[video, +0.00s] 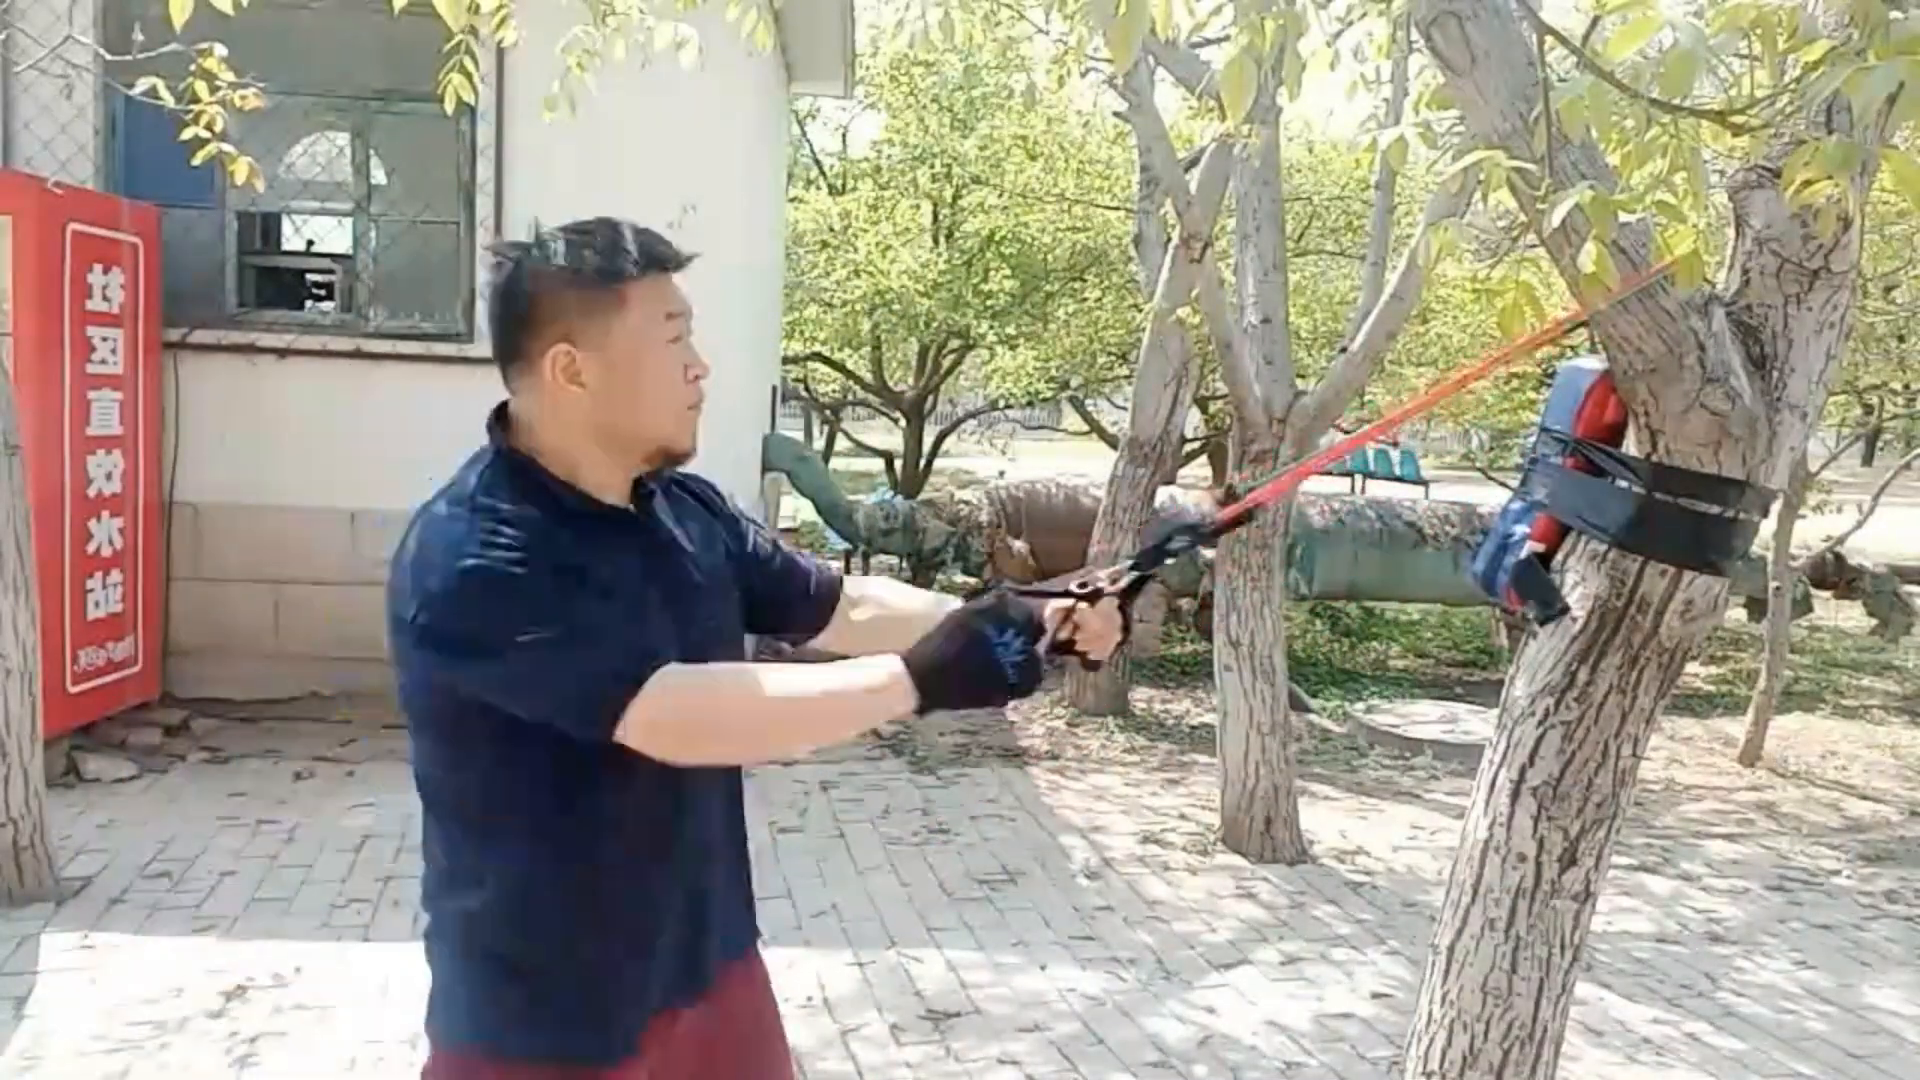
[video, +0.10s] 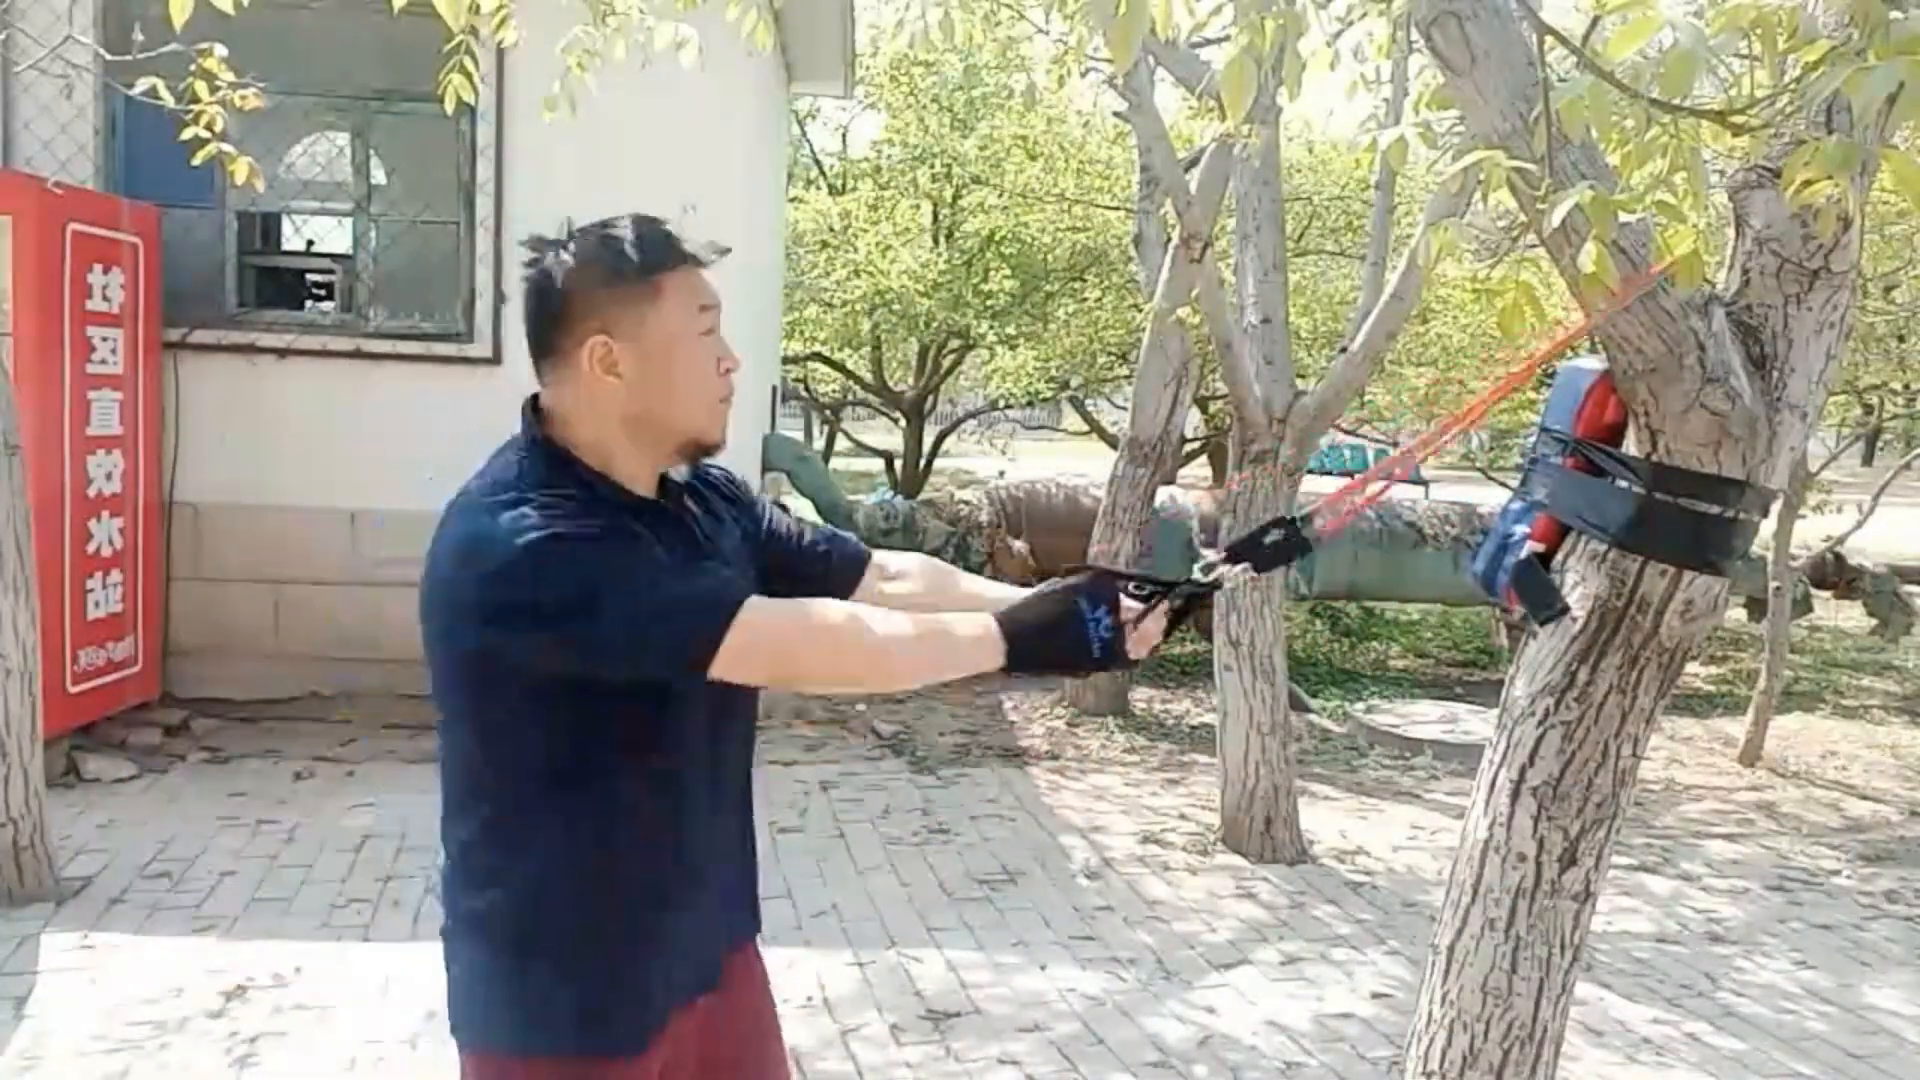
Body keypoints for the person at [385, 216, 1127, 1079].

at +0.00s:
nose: (701, 364)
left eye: (690, 333)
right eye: (675, 336)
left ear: (579, 376)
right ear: (570, 372)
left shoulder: (678, 506)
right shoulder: (468, 562)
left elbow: (831, 603)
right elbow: (671, 715)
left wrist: (1023, 622)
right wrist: (916, 681)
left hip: (712, 990)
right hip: (543, 1031)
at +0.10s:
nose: (731, 359)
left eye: (720, 328)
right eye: (705, 331)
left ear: (614, 365)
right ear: (607, 363)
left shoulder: (705, 503)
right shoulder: (522, 551)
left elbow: (876, 579)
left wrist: (1054, 608)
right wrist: (1021, 636)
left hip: (719, 980)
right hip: (566, 1028)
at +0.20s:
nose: (783, 348)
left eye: (771, 321)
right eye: (760, 321)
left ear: (677, 352)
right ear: (671, 347)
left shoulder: (728, 493)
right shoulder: (581, 533)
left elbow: (884, 593)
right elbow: (837, 654)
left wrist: (1057, 644)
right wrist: (1051, 646)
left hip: (710, 969)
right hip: (590, 1004)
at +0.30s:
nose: (807, 360)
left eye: (795, 328)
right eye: (785, 328)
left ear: (706, 357)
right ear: (705, 354)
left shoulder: (734, 498)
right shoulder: (616, 537)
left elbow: (896, 615)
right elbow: (865, 688)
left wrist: (1071, 676)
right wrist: (1075, 688)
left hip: (697, 985)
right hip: (600, 1013)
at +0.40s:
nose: (843, 399)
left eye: (835, 372)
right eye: (829, 371)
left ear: (744, 398)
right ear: (759, 394)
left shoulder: (739, 521)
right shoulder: (687, 569)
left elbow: (911, 639)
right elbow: (869, 761)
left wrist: (1072, 690)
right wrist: (1105, 721)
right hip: (602, 1030)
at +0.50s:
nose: (870, 473)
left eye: (867, 446)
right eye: (862, 445)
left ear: (724, 449)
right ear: (805, 452)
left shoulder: (701, 555)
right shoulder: (716, 613)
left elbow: (915, 661)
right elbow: (847, 786)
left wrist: (1074, 692)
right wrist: (1057, 655)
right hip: (606, 1045)